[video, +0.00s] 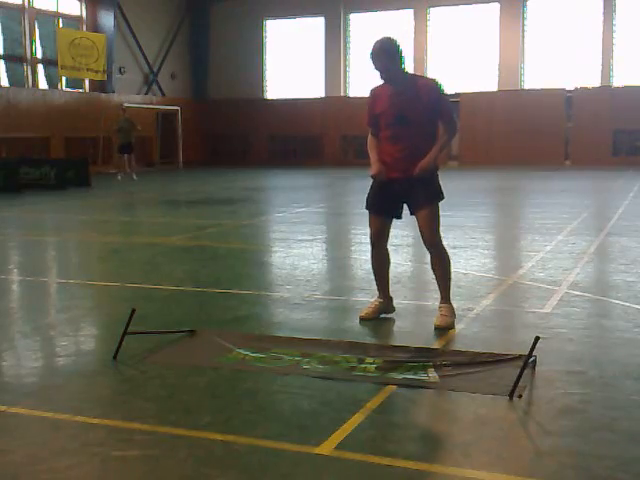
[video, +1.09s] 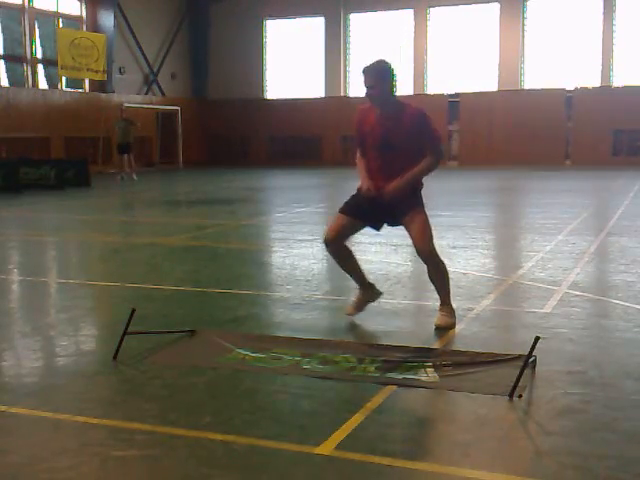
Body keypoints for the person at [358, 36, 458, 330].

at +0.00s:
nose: (378, 68)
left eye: (382, 62)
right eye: (375, 63)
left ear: (397, 58)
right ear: (374, 64)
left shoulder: (427, 88)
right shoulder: (377, 94)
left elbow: (450, 127)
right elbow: (372, 134)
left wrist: (432, 158)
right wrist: (375, 162)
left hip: (420, 178)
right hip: (385, 179)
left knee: (432, 241)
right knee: (377, 239)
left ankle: (445, 304)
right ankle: (384, 299)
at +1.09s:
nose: (369, 93)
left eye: (374, 87)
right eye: (366, 87)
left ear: (390, 85)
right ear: (365, 87)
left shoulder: (414, 116)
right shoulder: (365, 114)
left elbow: (435, 156)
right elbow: (361, 151)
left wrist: (402, 182)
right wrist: (364, 179)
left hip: (406, 193)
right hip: (372, 191)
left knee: (426, 251)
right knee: (332, 239)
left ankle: (446, 306)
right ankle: (366, 288)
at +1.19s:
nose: (346, 84)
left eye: (351, 79)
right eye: (344, 79)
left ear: (366, 77)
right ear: (344, 79)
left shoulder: (390, 107)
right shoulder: (345, 108)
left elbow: (410, 147)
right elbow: (343, 140)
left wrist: (370, 162)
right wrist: (342, 165)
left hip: (387, 191)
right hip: (352, 189)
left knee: (415, 247)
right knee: (308, 228)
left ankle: (445, 305)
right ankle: (327, 287)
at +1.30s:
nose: (315, 81)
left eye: (319, 75)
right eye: (313, 76)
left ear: (334, 73)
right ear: (313, 76)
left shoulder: (361, 99)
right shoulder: (317, 104)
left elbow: (386, 134)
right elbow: (313, 131)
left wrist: (346, 147)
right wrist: (314, 155)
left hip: (363, 183)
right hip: (328, 181)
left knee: (396, 240)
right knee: (288, 228)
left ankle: (431, 297)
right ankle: (280, 286)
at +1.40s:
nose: (294, 94)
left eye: (297, 88)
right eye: (289, 90)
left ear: (306, 85)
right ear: (285, 91)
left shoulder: (335, 110)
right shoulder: (288, 113)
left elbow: (357, 144)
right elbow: (287, 141)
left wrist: (329, 161)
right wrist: (284, 171)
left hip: (338, 187)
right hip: (304, 187)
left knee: (368, 241)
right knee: (270, 241)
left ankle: (396, 289)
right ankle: (255, 293)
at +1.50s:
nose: (268, 109)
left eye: (271, 103)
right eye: (263, 105)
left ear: (282, 104)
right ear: (260, 109)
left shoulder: (311, 129)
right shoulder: (268, 136)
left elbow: (338, 161)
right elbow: (270, 168)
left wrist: (309, 186)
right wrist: (257, 201)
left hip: (324, 194)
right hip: (292, 194)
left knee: (340, 250)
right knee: (258, 246)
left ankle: (346, 279)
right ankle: (254, 296)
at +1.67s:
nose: (270, 133)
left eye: (272, 127)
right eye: (263, 130)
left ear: (277, 124)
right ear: (255, 132)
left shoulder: (298, 141)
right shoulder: (257, 157)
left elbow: (328, 174)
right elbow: (248, 188)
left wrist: (294, 203)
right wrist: (231, 221)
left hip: (316, 200)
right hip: (284, 202)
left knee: (329, 252)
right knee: (256, 253)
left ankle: (305, 279)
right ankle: (254, 298)